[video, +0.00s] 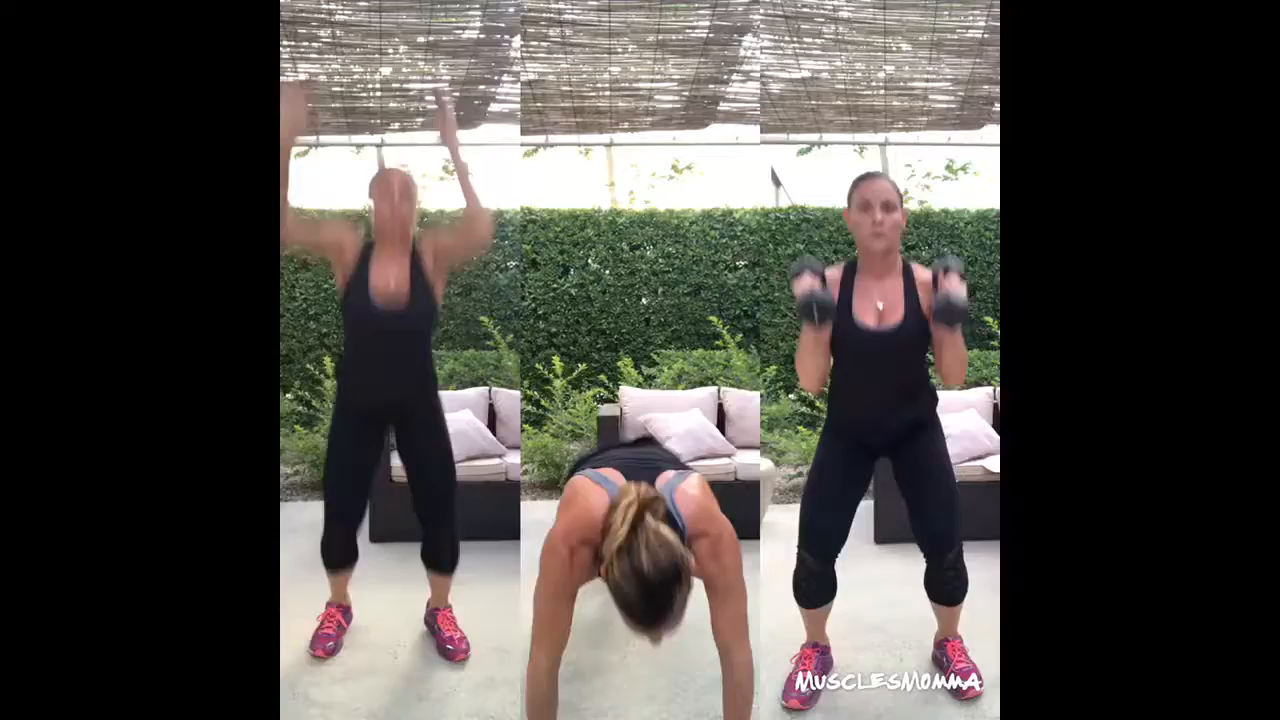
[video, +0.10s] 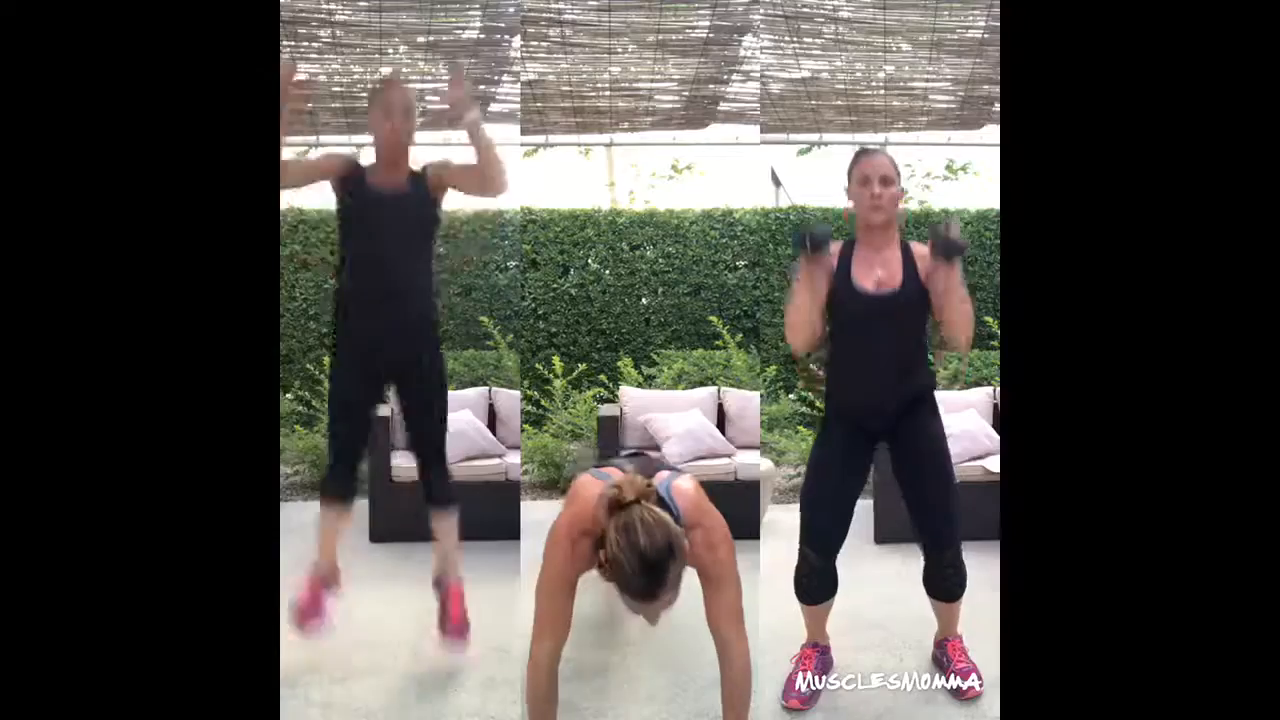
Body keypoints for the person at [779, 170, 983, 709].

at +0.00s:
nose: (878, 216)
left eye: (888, 207)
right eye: (865, 208)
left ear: (903, 218)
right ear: (848, 221)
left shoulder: (930, 284)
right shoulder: (828, 285)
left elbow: (954, 377)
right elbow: (811, 381)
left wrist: (947, 316)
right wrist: (815, 314)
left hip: (916, 428)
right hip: (846, 429)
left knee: (945, 548)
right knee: (813, 554)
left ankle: (949, 644)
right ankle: (815, 650)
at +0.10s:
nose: (877, 190)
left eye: (886, 181)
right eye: (865, 182)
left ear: (901, 192)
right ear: (849, 195)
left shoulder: (926, 258)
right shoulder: (828, 260)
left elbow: (960, 338)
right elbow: (801, 341)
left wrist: (950, 271)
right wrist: (809, 270)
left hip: (913, 413)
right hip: (846, 415)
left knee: (943, 541)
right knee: (815, 547)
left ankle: (949, 642)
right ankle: (815, 649)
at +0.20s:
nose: (875, 168)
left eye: (885, 159)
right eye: (864, 159)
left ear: (899, 171)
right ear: (848, 171)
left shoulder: (922, 235)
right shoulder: (827, 234)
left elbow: (972, 263)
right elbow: (776, 252)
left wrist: (955, 189)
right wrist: (797, 179)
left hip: (910, 396)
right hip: (842, 397)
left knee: (938, 526)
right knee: (819, 531)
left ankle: (949, 643)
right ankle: (815, 648)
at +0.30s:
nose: (879, 157)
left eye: (888, 150)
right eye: (867, 150)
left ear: (900, 166)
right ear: (848, 164)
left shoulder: (922, 223)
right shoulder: (824, 220)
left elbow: (975, 178)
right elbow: (771, 164)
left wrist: (956, 99)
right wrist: (798, 90)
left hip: (910, 392)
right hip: (839, 394)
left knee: (935, 528)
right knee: (820, 532)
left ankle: (950, 642)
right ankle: (816, 648)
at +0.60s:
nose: (873, 160)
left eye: (884, 153)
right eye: (863, 153)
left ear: (900, 169)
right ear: (845, 166)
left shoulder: (914, 221)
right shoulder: (827, 221)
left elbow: (938, 134)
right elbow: (807, 132)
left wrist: (936, 53)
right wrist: (814, 39)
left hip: (906, 399)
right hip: (832, 399)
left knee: (930, 530)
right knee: (812, 535)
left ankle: (948, 641)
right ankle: (814, 648)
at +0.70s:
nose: (877, 152)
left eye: (887, 146)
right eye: (865, 146)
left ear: (900, 164)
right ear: (847, 162)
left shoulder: (919, 217)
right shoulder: (825, 212)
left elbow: (964, 134)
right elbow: (779, 121)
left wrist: (944, 59)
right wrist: (808, 48)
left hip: (906, 394)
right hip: (834, 394)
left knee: (932, 527)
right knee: (816, 532)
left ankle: (950, 643)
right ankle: (815, 648)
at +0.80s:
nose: (878, 156)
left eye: (888, 148)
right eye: (867, 147)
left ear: (901, 160)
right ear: (848, 159)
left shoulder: (921, 219)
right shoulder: (825, 216)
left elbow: (982, 155)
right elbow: (770, 159)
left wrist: (954, 90)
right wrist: (798, 84)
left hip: (907, 390)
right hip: (834, 391)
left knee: (931, 525)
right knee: (820, 531)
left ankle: (949, 643)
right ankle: (815, 648)